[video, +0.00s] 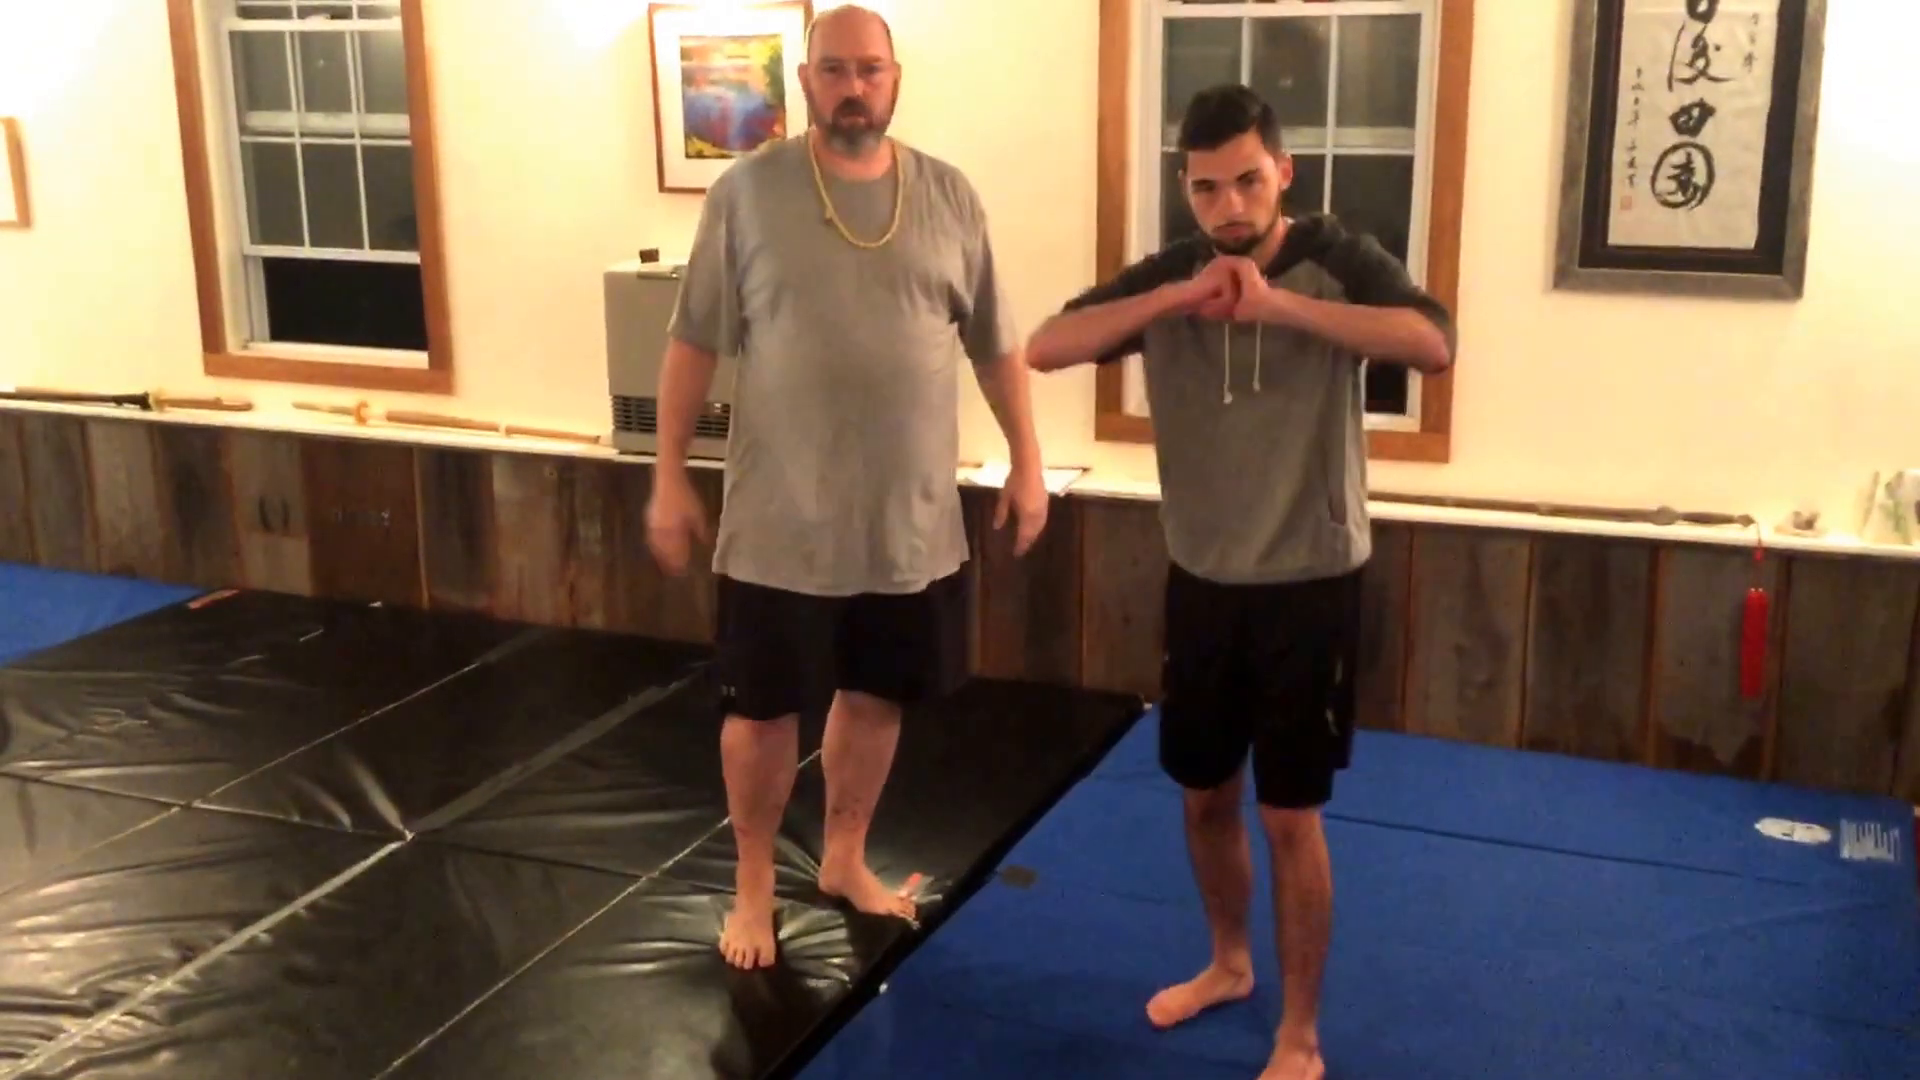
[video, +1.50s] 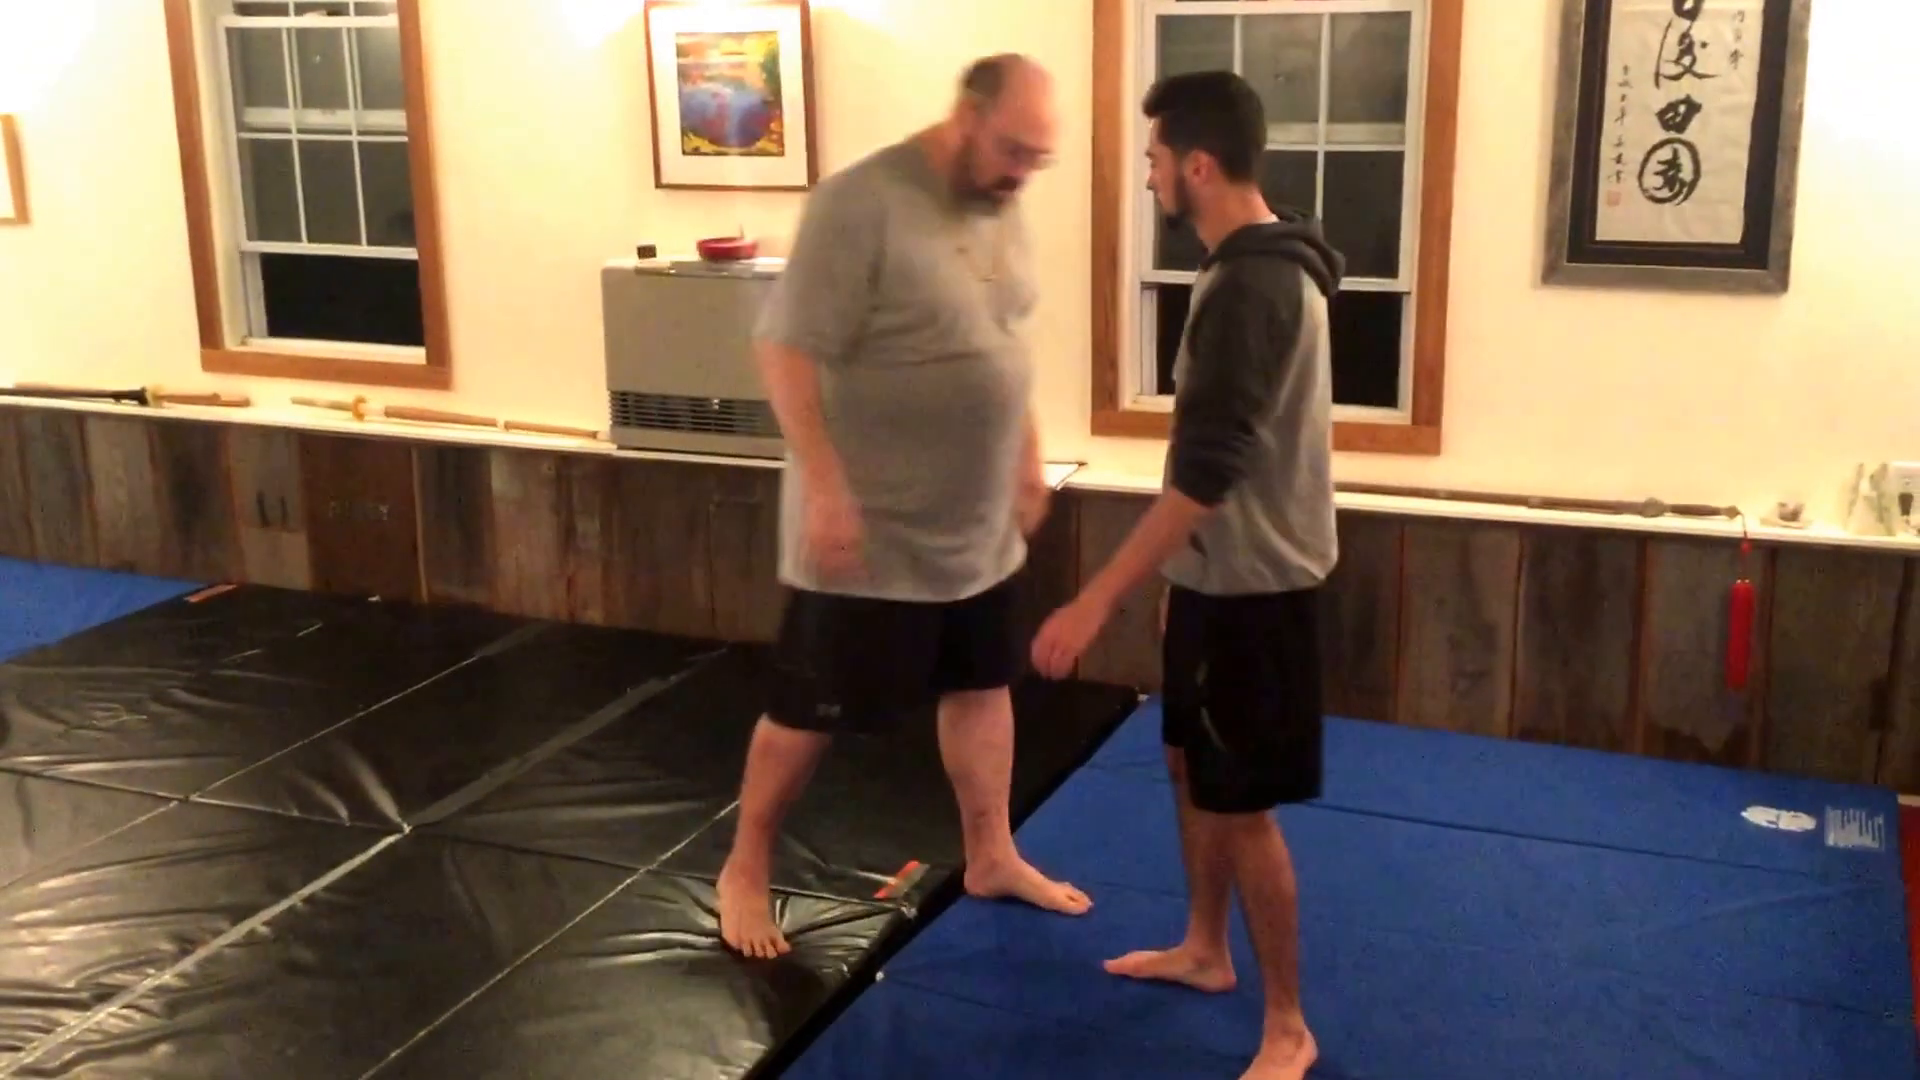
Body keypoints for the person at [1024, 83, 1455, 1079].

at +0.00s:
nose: (1227, 208)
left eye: (1244, 183)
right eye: (1206, 189)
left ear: (1283, 171)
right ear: (1185, 188)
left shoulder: (1334, 255)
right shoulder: (1161, 277)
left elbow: (1435, 346)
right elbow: (1042, 349)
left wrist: (1276, 308)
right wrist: (1177, 299)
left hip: (1311, 570)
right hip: (1202, 570)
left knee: (1288, 812)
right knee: (1206, 791)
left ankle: (1298, 1035)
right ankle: (1229, 965)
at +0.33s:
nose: (1231, 214)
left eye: (1250, 189)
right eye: (1210, 193)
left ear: (1291, 180)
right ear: (1188, 190)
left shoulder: (1355, 285)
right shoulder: (1175, 288)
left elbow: (1390, 459)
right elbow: (1118, 456)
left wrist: (1262, 435)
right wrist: (1180, 434)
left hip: (1313, 595)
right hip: (1204, 589)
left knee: (1295, 819)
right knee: (1212, 797)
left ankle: (1299, 1033)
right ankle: (1230, 964)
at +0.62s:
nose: (1197, 223)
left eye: (1217, 200)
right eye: (1184, 203)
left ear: (1277, 186)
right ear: (1175, 196)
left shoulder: (1348, 299)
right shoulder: (1181, 296)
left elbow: (1411, 472)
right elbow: (1189, 459)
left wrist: (1384, 634)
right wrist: (1164, 588)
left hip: (1317, 616)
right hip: (1213, 606)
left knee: (1308, 828)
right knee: (1219, 795)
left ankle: (1300, 1036)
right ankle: (1230, 961)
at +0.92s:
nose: (1166, 208)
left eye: (1180, 190)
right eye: (1167, 188)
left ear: (1240, 194)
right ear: (1230, 194)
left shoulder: (1338, 310)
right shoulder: (1208, 296)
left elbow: (1393, 510)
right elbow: (1203, 455)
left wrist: (1364, 677)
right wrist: (1172, 578)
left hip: (1307, 625)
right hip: (1213, 610)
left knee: (1308, 833)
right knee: (1206, 783)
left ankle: (1301, 1035)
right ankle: (1227, 956)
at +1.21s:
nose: (1157, 185)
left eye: (1166, 168)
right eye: (1159, 166)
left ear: (1214, 177)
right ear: (1233, 174)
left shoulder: (1296, 295)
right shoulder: (1231, 278)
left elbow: (1287, 505)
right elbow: (1221, 456)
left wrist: (1207, 660)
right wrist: (1181, 566)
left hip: (1294, 607)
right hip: (1224, 592)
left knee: (1289, 826)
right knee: (1183, 754)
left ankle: (1295, 1031)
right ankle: (1207, 948)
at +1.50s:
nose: (1151, 176)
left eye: (1159, 158)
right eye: (1152, 157)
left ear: (1201, 163)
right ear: (1226, 161)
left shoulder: (1249, 281)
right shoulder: (1274, 259)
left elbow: (1203, 479)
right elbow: (1253, 449)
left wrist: (1089, 606)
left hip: (1248, 581)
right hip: (1222, 573)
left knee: (1242, 803)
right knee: (1189, 756)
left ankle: (1288, 1028)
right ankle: (1204, 950)